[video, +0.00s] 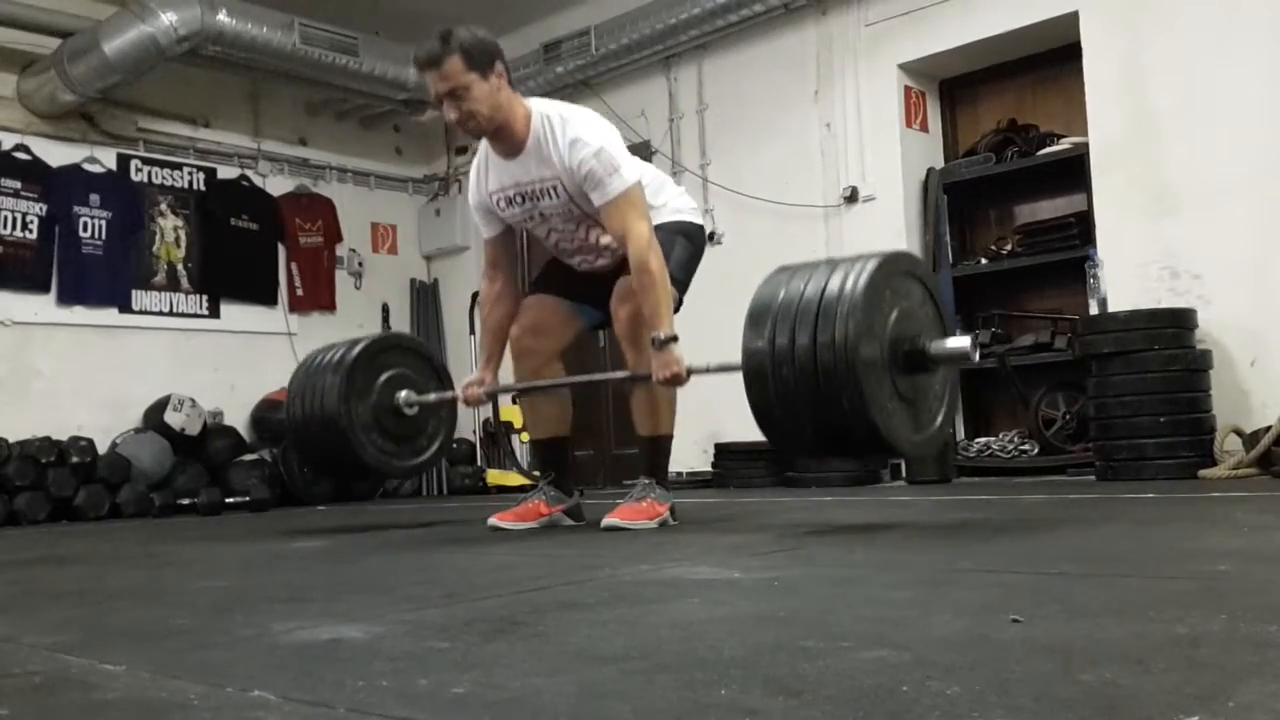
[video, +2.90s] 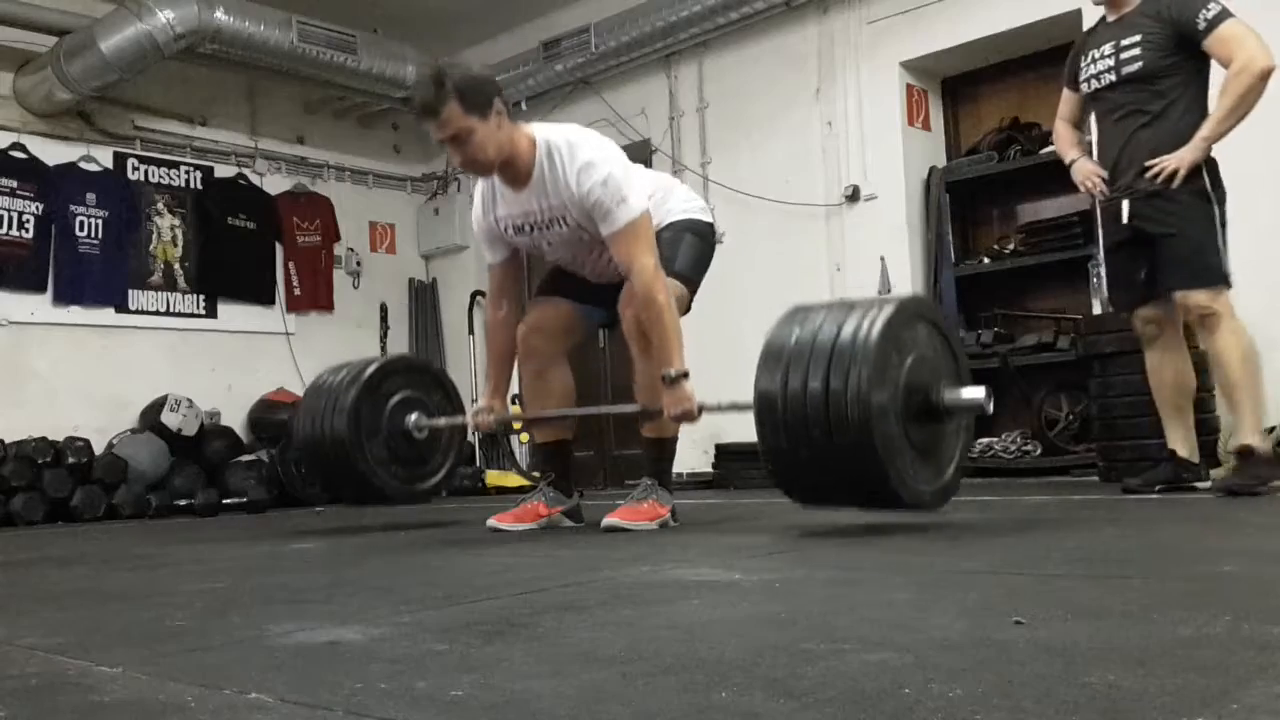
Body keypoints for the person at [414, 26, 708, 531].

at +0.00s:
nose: (451, 113)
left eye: (458, 94)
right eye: (441, 103)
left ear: (499, 77)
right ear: (437, 108)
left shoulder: (580, 137)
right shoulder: (483, 179)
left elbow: (639, 239)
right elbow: (499, 276)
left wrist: (664, 342)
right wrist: (486, 369)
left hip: (663, 226)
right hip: (589, 254)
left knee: (630, 312)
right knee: (530, 335)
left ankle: (653, 489)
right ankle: (557, 492)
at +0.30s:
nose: (454, 33)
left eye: (461, 12)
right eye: (444, 22)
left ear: (504, 6)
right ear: (444, 29)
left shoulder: (581, 71)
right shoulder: (485, 115)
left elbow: (638, 172)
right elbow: (499, 217)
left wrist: (664, 268)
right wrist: (487, 309)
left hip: (647, 206)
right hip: (577, 224)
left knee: (641, 317)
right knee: (539, 333)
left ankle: (654, 488)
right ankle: (557, 491)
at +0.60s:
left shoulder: (613, 15)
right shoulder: (518, 56)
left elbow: (647, 106)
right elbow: (515, 160)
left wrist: (663, 196)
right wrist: (489, 243)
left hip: (624, 201)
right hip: (553, 214)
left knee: (624, 316)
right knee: (529, 332)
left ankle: (653, 488)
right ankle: (558, 493)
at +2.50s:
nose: (465, 41)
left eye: (472, 20)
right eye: (456, 29)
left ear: (514, 9)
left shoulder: (593, 71)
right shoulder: (494, 114)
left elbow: (643, 178)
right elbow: (504, 221)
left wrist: (668, 276)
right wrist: (494, 311)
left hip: (658, 207)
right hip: (588, 226)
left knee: (651, 316)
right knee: (547, 333)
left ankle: (658, 489)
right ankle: (557, 491)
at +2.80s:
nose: (454, 126)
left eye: (461, 106)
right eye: (444, 115)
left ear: (500, 85)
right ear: (442, 115)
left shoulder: (584, 136)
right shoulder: (488, 179)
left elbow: (644, 245)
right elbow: (504, 283)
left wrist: (671, 351)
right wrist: (495, 372)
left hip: (669, 221)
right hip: (595, 250)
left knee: (640, 312)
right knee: (537, 335)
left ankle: (657, 491)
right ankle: (558, 494)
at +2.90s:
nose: (457, 157)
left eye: (462, 138)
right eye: (447, 146)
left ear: (498, 114)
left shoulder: (585, 162)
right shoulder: (489, 203)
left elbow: (645, 274)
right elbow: (503, 304)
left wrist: (674, 377)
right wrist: (495, 397)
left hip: (671, 227)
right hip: (595, 254)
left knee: (639, 315)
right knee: (536, 338)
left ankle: (657, 491)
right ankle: (557, 493)